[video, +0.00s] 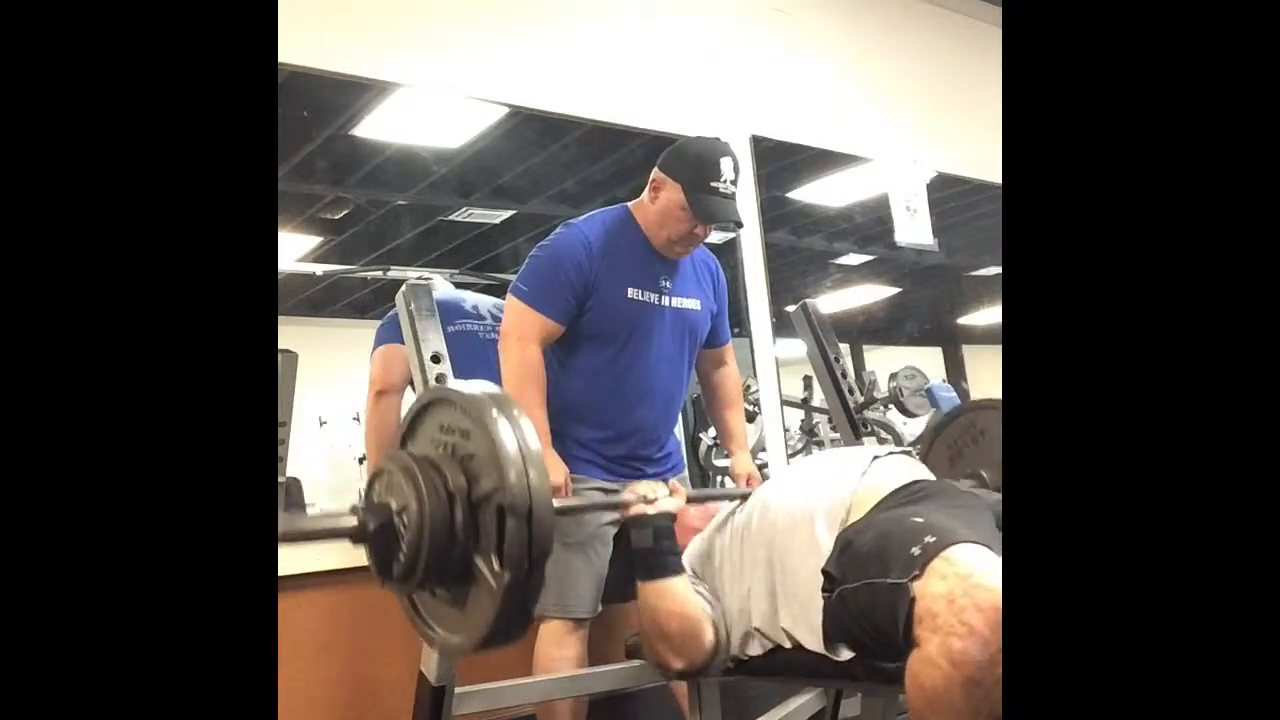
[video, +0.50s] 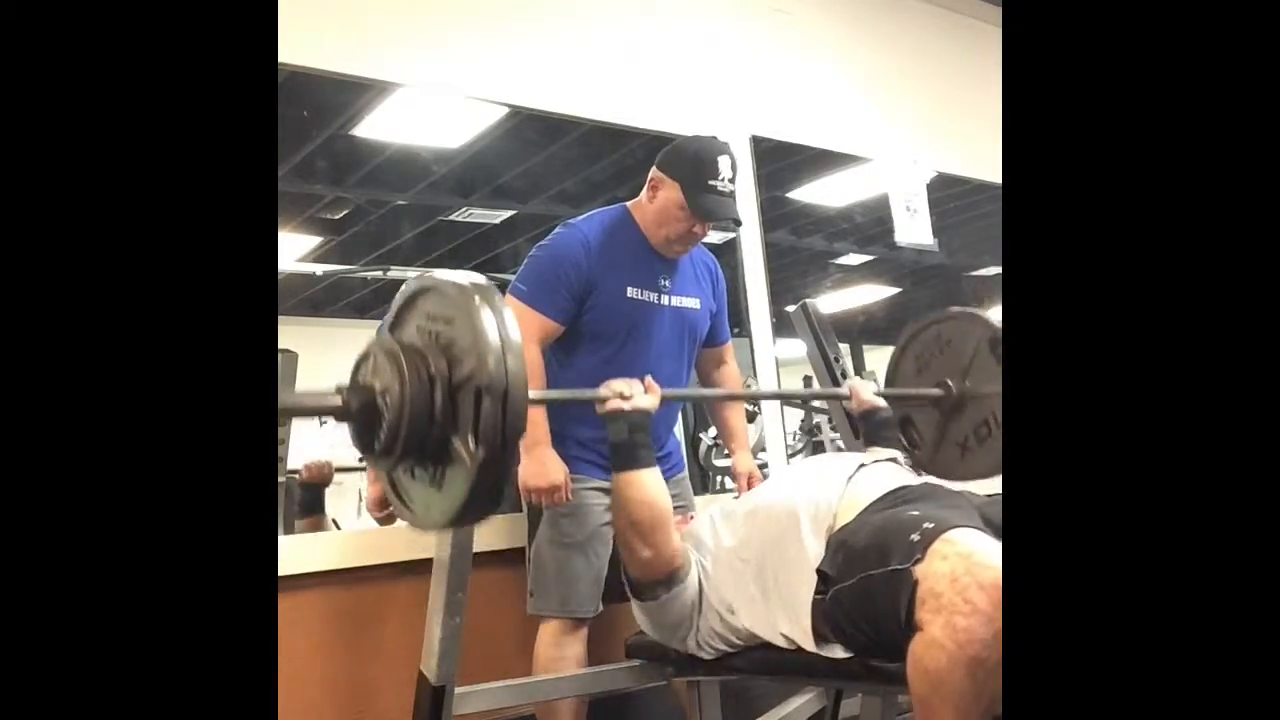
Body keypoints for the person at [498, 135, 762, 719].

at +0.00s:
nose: (704, 232)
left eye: (713, 222)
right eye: (696, 215)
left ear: (721, 217)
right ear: (657, 188)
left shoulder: (707, 271)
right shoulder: (579, 247)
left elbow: (718, 366)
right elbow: (520, 340)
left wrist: (739, 451)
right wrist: (540, 448)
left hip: (662, 469)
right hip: (578, 466)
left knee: (674, 617)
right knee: (569, 620)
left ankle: (690, 711)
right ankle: (561, 715)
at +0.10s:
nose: (703, 232)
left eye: (712, 222)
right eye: (695, 215)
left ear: (720, 217)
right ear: (657, 188)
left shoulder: (707, 271)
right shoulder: (579, 247)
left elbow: (718, 365)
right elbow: (520, 340)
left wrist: (740, 449)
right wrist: (541, 449)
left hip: (659, 467)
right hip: (576, 468)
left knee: (677, 616)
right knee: (569, 621)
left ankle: (691, 712)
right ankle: (560, 718)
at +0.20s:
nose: (702, 230)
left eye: (712, 220)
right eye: (694, 213)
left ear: (720, 215)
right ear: (655, 186)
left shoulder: (706, 270)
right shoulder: (579, 247)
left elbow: (718, 364)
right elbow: (519, 338)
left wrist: (740, 447)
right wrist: (541, 448)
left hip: (663, 475)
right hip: (579, 474)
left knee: (678, 621)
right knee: (568, 623)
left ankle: (689, 716)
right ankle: (563, 718)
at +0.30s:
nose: (703, 231)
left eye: (712, 221)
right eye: (694, 214)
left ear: (721, 216)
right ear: (655, 187)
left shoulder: (706, 270)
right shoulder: (579, 246)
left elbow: (719, 364)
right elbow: (520, 337)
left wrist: (741, 448)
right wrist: (537, 444)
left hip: (662, 469)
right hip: (579, 468)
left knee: (677, 612)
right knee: (569, 621)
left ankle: (689, 713)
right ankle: (564, 718)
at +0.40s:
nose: (702, 229)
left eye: (711, 219)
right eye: (694, 212)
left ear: (720, 216)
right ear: (654, 186)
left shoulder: (706, 270)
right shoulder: (579, 247)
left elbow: (719, 364)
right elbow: (519, 339)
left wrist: (741, 449)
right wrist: (535, 446)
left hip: (662, 470)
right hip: (579, 468)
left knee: (662, 614)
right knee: (568, 622)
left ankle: (656, 716)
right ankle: (563, 717)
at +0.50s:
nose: (702, 230)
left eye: (712, 220)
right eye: (694, 213)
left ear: (721, 216)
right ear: (655, 187)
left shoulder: (705, 271)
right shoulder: (578, 248)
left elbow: (720, 366)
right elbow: (519, 340)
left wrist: (740, 449)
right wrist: (535, 445)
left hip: (662, 470)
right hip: (580, 469)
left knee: (669, 612)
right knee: (568, 621)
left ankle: (657, 715)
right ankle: (562, 717)